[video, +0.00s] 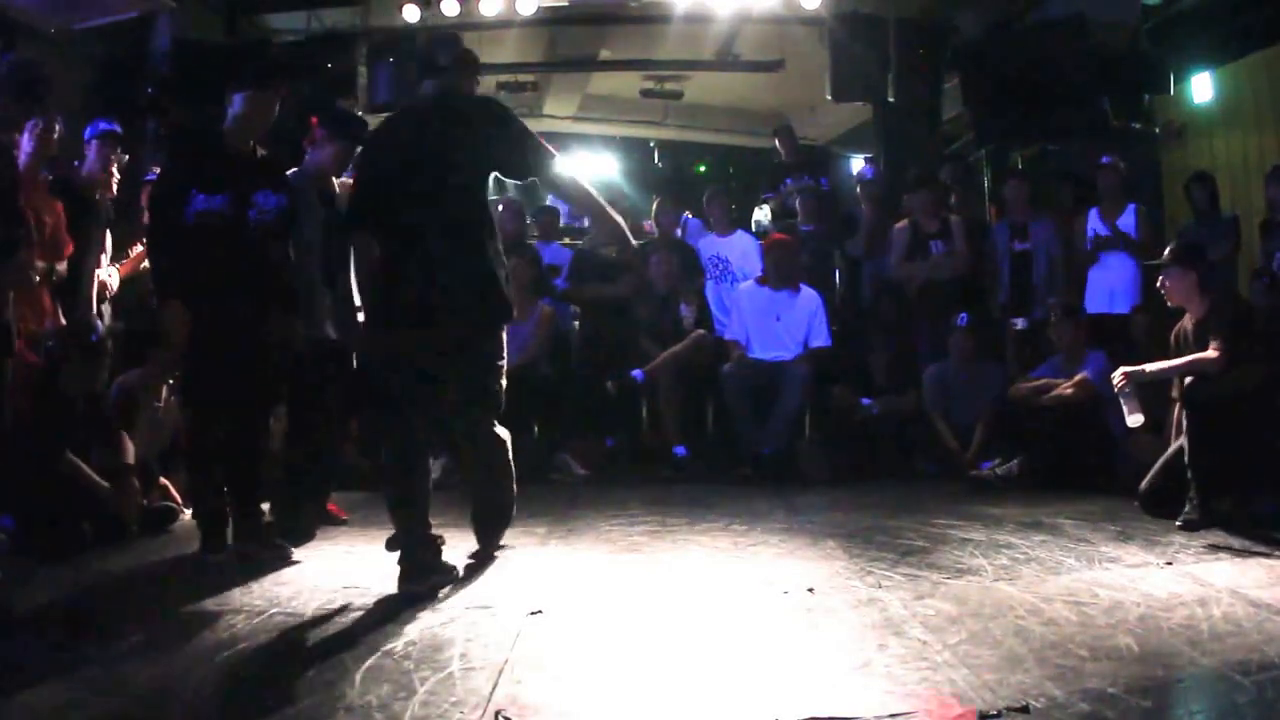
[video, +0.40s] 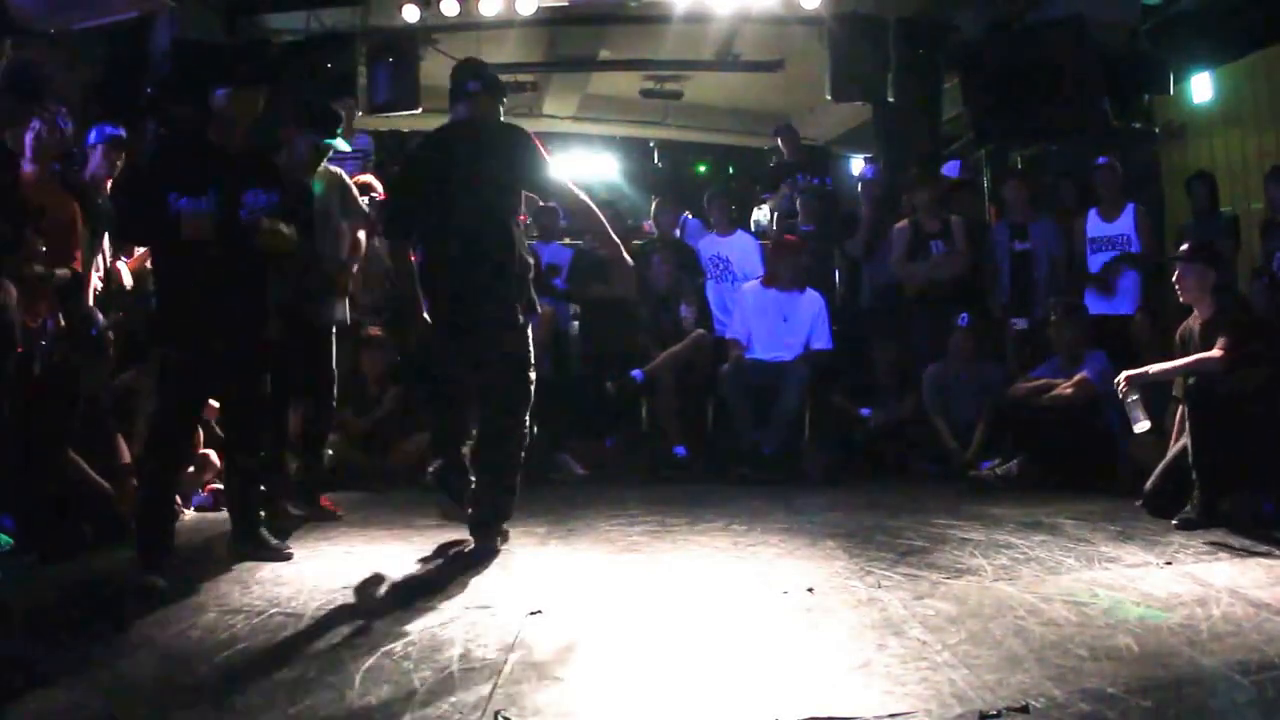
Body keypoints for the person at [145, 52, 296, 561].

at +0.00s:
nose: (268, 117)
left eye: (271, 108)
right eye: (261, 106)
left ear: (269, 117)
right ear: (235, 107)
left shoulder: (271, 172)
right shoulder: (191, 162)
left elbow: (289, 248)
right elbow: (162, 234)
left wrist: (294, 308)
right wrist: (171, 299)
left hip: (260, 308)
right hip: (203, 308)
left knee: (251, 417)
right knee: (206, 418)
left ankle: (250, 525)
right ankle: (212, 529)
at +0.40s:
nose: (239, 124)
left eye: (249, 114)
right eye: (231, 113)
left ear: (258, 115)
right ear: (210, 112)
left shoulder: (262, 168)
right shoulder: (176, 159)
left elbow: (297, 233)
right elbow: (128, 217)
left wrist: (280, 231)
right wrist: (179, 220)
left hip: (248, 317)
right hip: (185, 315)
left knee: (247, 427)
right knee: (170, 433)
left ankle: (249, 528)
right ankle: (152, 548)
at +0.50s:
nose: (229, 114)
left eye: (236, 104)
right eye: (220, 103)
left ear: (242, 110)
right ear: (197, 107)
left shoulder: (249, 159)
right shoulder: (161, 161)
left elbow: (285, 243)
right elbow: (126, 231)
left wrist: (263, 206)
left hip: (240, 313)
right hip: (174, 312)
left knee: (245, 424)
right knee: (164, 432)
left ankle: (248, 527)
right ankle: (151, 547)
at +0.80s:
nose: (173, 97)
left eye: (182, 87)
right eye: (163, 87)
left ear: (193, 87)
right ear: (143, 85)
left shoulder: (210, 141)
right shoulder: (110, 146)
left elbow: (239, 212)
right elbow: (81, 221)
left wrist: (203, 180)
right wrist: (129, 184)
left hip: (202, 303)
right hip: (133, 304)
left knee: (236, 413)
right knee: (135, 428)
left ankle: (237, 512)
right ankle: (142, 550)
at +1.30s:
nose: (147, 76)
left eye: (159, 66)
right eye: (138, 62)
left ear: (174, 68)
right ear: (119, 60)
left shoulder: (188, 135)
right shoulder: (75, 129)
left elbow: (221, 210)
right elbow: (32, 203)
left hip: (153, 305)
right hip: (79, 302)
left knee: (133, 451)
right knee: (79, 437)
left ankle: (116, 604)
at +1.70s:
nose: (132, 53)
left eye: (148, 44)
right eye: (127, 37)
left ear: (167, 46)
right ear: (108, 30)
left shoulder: (169, 107)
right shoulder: (51, 89)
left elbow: (183, 188)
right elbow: (17, 164)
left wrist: (136, 117)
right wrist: (73, 109)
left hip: (121, 301)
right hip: (39, 297)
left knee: (116, 453)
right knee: (26, 447)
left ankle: (114, 598)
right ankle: (41, 587)